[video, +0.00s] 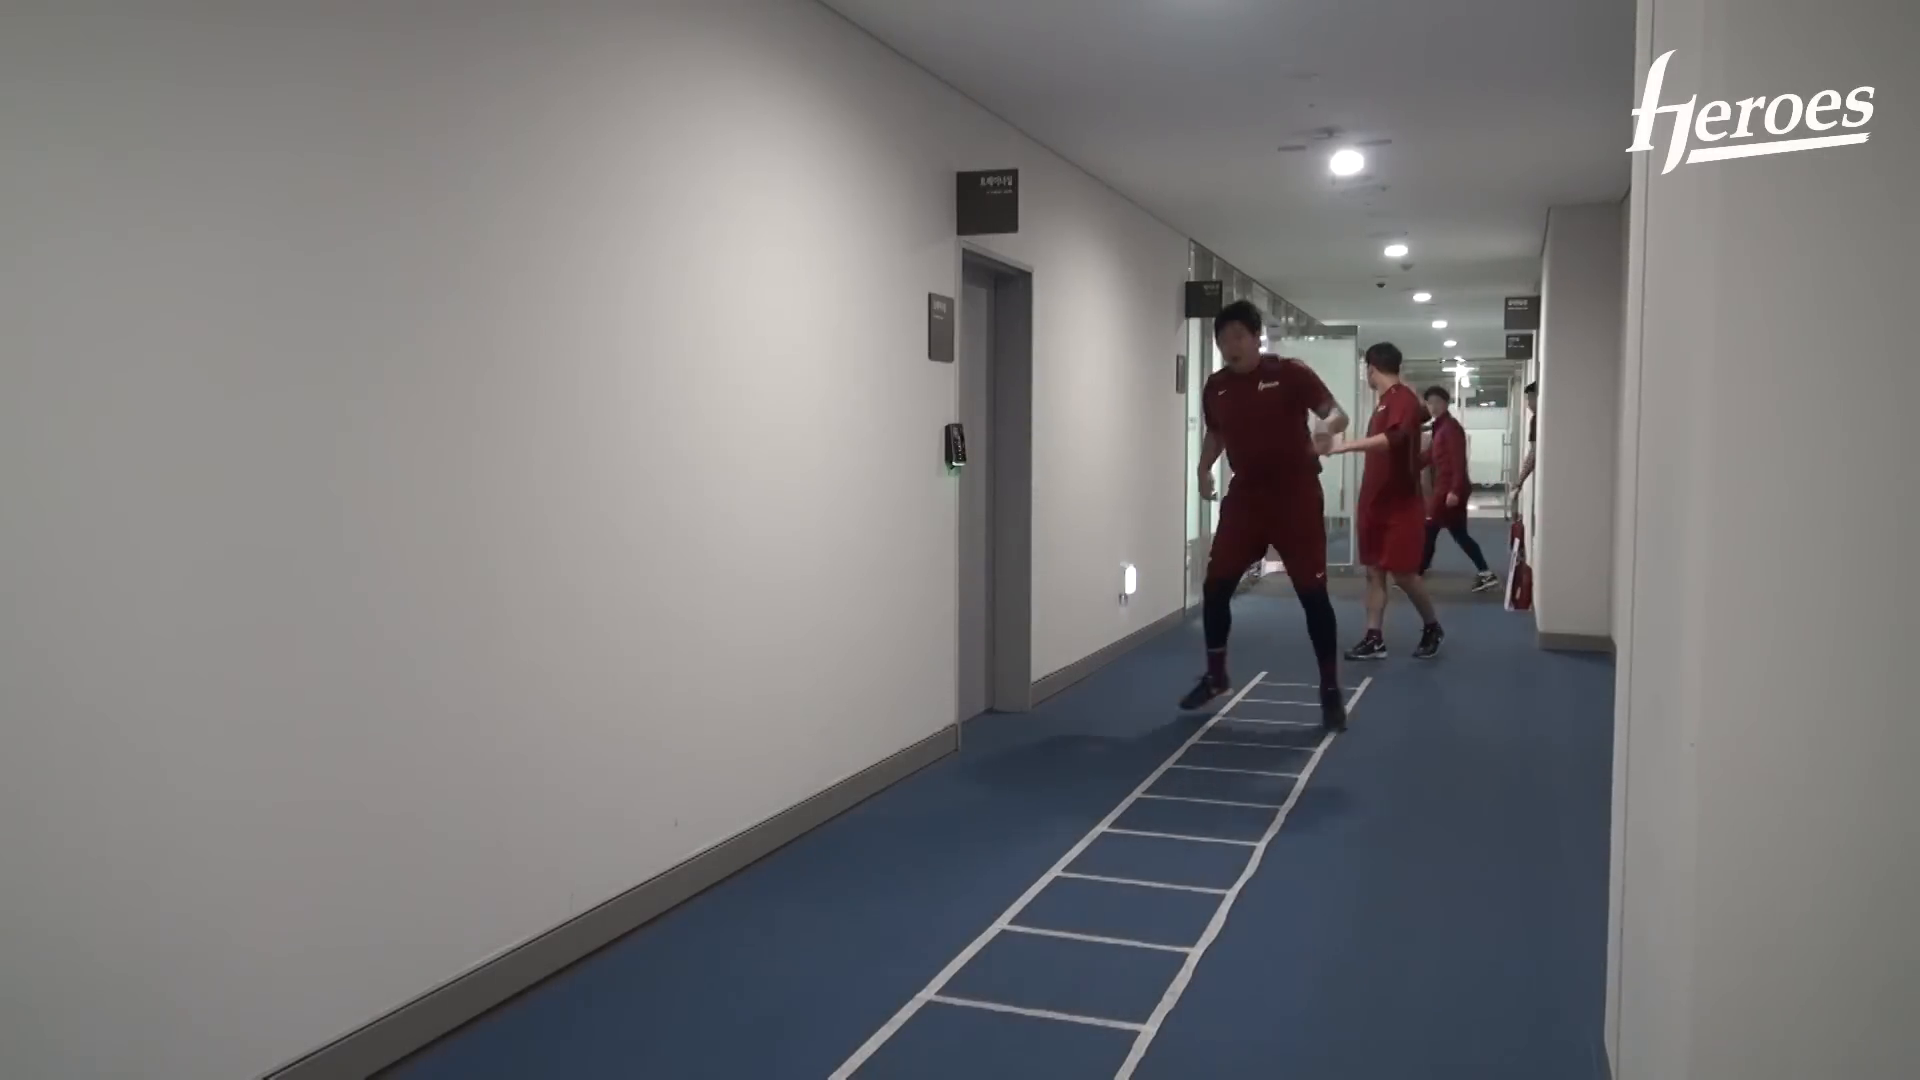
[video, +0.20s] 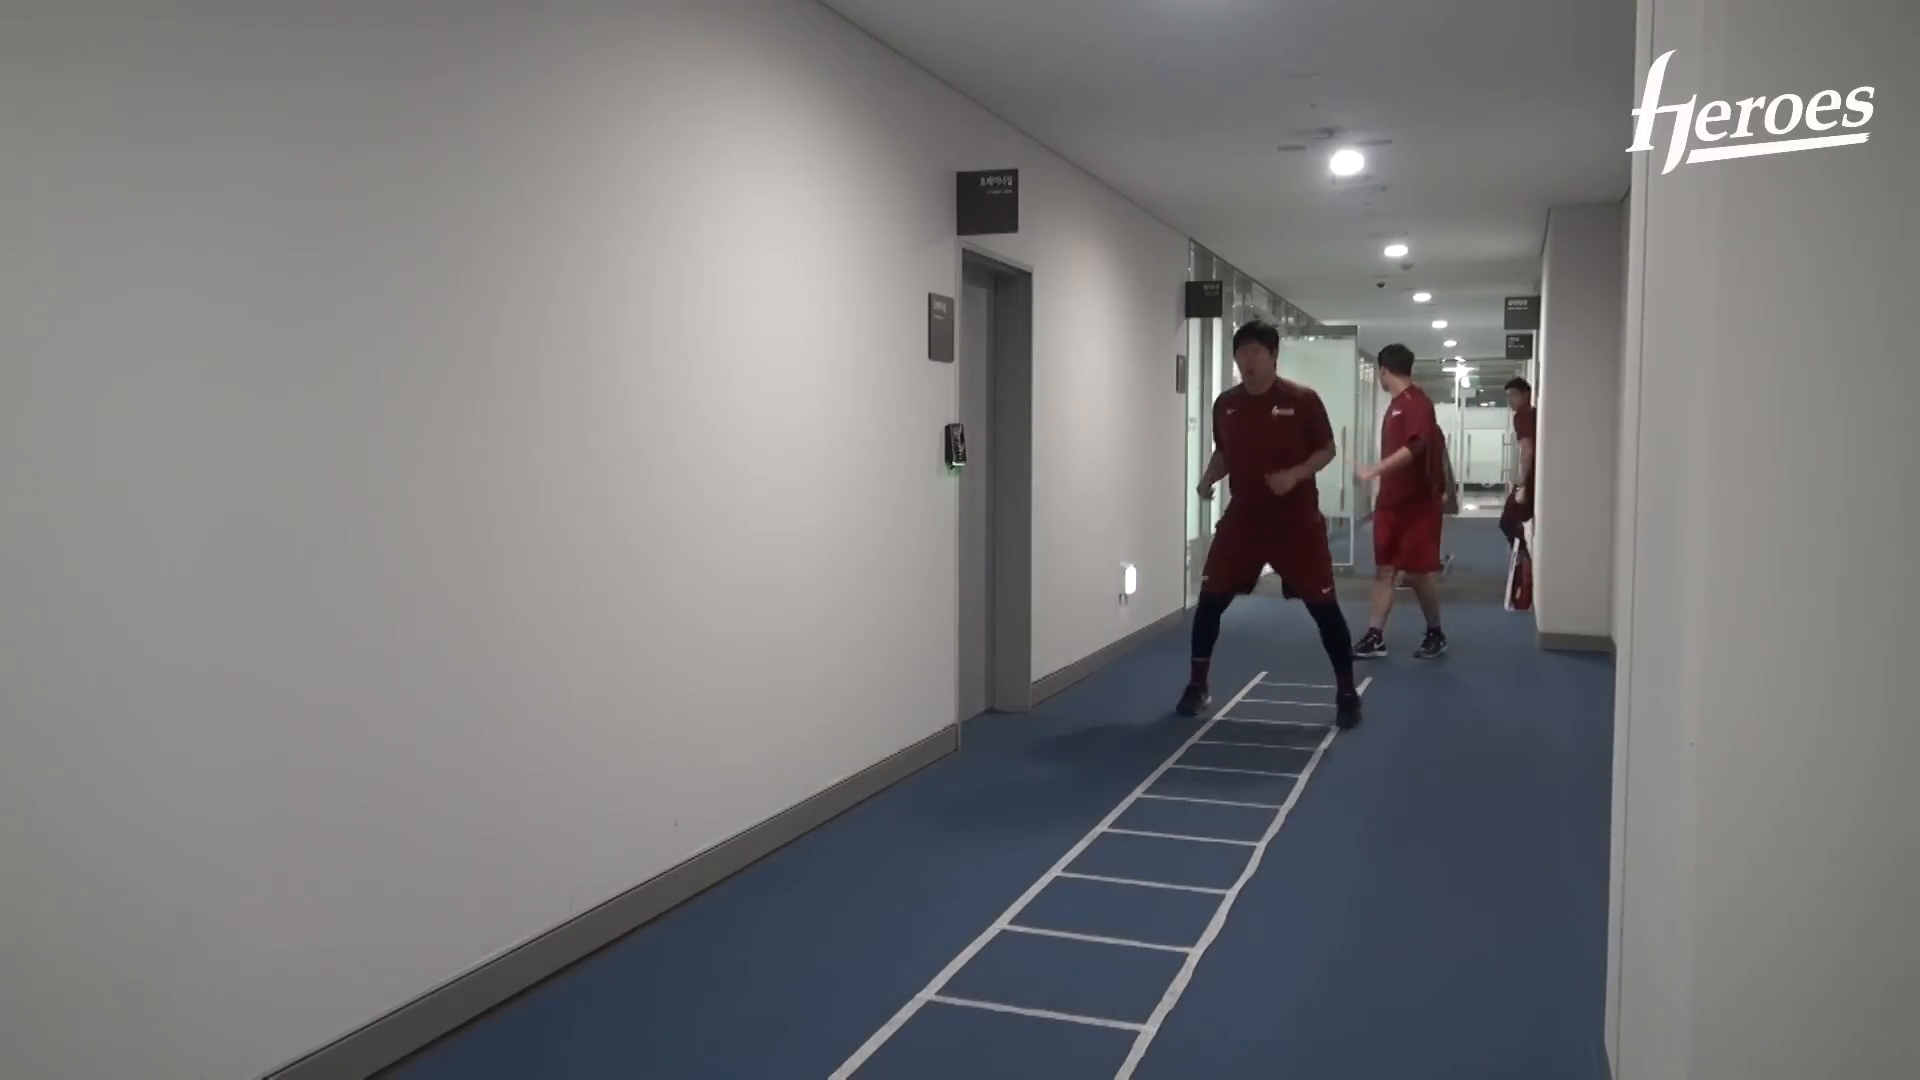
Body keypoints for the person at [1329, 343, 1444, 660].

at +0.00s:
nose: (1367, 376)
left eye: (1367, 370)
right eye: (1367, 371)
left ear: (1373, 368)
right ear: (1394, 367)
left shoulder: (1402, 397)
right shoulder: (1388, 400)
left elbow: (1397, 435)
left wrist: (1344, 446)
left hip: (1400, 502)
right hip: (1377, 501)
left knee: (1402, 572)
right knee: (1375, 570)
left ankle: (1432, 627)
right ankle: (1373, 636)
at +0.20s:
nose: (1379, 378)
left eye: (1379, 371)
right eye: (1379, 372)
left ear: (1385, 371)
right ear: (1407, 369)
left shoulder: (1416, 401)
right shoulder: (1400, 403)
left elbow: (1417, 445)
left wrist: (1375, 469)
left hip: (1417, 503)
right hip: (1392, 503)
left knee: (1417, 573)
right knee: (1384, 570)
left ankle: (1435, 633)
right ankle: (1374, 635)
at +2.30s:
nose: (1447, 371)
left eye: (1454, 367)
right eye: (1443, 365)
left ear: (1465, 370)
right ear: (1436, 368)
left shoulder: (1482, 401)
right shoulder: (1420, 404)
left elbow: (1519, 407)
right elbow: (1404, 447)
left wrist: (1489, 380)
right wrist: (1393, 482)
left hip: (1465, 496)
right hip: (1426, 494)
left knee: (1460, 566)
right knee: (1417, 561)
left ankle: (1460, 630)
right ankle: (1423, 615)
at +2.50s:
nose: (1450, 371)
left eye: (1456, 366)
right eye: (1445, 365)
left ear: (1468, 369)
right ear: (1439, 367)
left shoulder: (1485, 402)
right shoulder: (1423, 404)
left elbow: (1520, 420)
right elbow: (1407, 450)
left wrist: (1489, 387)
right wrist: (1392, 486)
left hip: (1465, 499)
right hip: (1425, 496)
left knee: (1461, 570)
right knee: (1406, 561)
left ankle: (1460, 631)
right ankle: (1416, 617)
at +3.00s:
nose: (1415, 372)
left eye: (1422, 367)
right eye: (1410, 367)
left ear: (1435, 369)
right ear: (1405, 370)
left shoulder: (1455, 405)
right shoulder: (1393, 407)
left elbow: (1467, 451)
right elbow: (1380, 453)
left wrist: (1470, 489)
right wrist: (1366, 488)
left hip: (1437, 502)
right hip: (1396, 501)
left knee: (1445, 572)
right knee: (1389, 570)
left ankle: (1457, 631)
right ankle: (1382, 634)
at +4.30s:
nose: (1392, 373)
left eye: (1400, 367)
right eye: (1388, 366)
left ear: (1414, 368)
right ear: (1382, 367)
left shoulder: (1429, 405)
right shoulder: (1373, 402)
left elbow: (1437, 454)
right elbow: (1362, 447)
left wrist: (1435, 495)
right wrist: (1344, 483)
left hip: (1409, 499)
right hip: (1374, 498)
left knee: (1403, 574)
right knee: (1376, 570)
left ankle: (1404, 643)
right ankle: (1381, 631)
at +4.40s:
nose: (1392, 373)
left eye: (1400, 368)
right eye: (1388, 367)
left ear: (1415, 368)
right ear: (1383, 367)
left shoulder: (1429, 404)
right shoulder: (1377, 401)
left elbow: (1434, 454)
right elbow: (1366, 445)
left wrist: (1426, 495)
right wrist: (1346, 477)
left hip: (1408, 500)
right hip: (1376, 498)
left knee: (1403, 574)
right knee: (1370, 569)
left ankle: (1405, 643)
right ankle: (1382, 630)